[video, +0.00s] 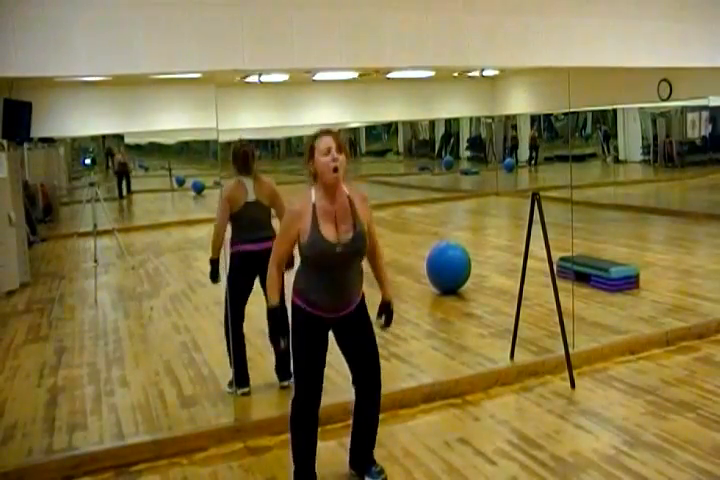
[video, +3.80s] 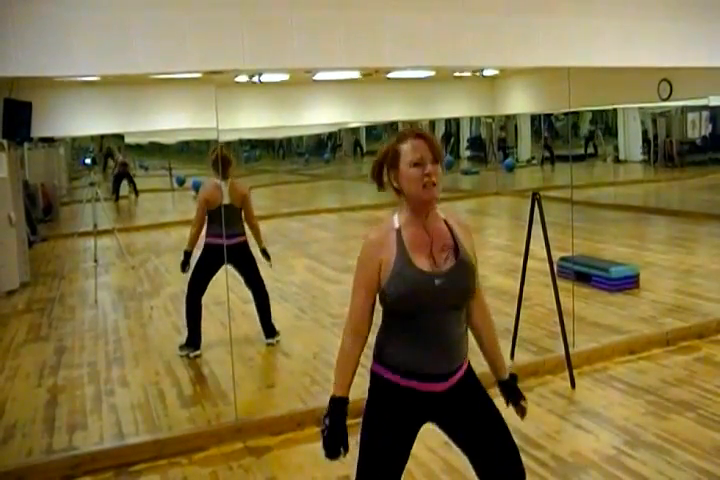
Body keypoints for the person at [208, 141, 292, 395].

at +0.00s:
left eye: (236, 159)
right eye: (249, 158)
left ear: (234, 163)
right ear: (254, 161)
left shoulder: (230, 189)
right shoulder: (267, 185)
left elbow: (220, 226)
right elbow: (285, 217)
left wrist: (214, 258)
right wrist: (290, 250)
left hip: (242, 258)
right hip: (269, 255)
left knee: (234, 317)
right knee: (278, 311)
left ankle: (240, 379)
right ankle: (285, 373)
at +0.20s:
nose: (235, 149)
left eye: (233, 145)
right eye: (249, 143)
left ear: (234, 147)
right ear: (256, 146)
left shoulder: (230, 176)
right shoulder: (268, 172)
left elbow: (221, 211)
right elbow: (287, 203)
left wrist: (196, 223)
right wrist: (281, 230)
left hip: (236, 247)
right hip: (265, 244)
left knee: (220, 302)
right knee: (282, 299)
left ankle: (225, 364)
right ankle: (294, 355)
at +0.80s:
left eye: (235, 174)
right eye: (249, 174)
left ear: (232, 177)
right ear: (252, 176)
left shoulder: (226, 201)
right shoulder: (262, 198)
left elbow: (211, 239)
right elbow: (281, 228)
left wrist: (193, 250)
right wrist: (291, 235)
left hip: (237, 270)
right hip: (266, 267)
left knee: (212, 315)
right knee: (286, 312)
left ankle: (210, 374)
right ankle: (300, 364)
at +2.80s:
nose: (226, 171)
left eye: (221, 167)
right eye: (231, 167)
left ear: (217, 170)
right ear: (235, 169)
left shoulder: (211, 196)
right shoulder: (245, 193)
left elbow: (203, 231)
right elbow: (257, 225)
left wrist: (194, 259)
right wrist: (268, 253)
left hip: (220, 257)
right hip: (246, 255)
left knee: (197, 299)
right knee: (266, 294)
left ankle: (194, 354)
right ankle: (278, 342)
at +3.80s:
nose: (218, 169)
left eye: (214, 166)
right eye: (226, 165)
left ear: (212, 167)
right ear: (231, 166)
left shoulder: (207, 191)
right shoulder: (241, 190)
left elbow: (198, 225)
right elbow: (252, 222)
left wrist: (187, 253)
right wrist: (262, 246)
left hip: (213, 251)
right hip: (239, 250)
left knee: (194, 293)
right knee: (258, 288)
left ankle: (193, 343)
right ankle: (270, 332)